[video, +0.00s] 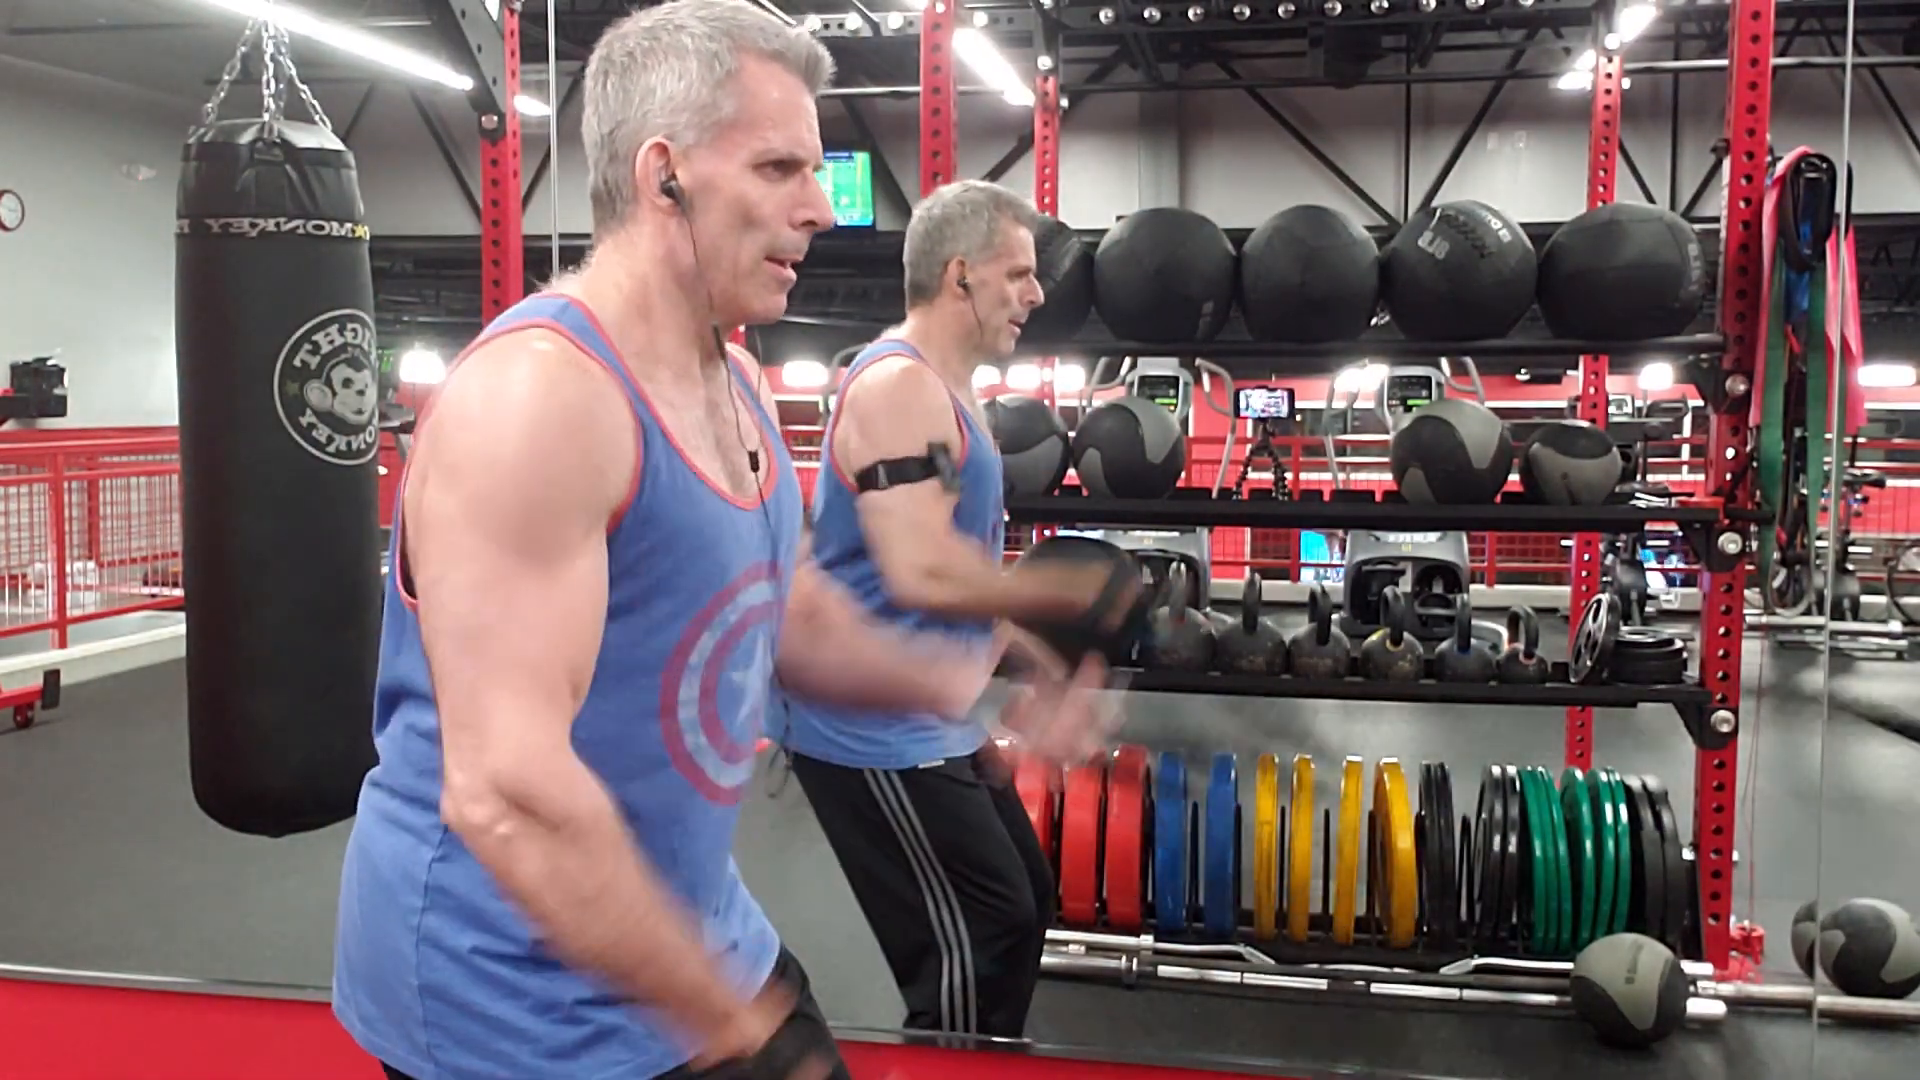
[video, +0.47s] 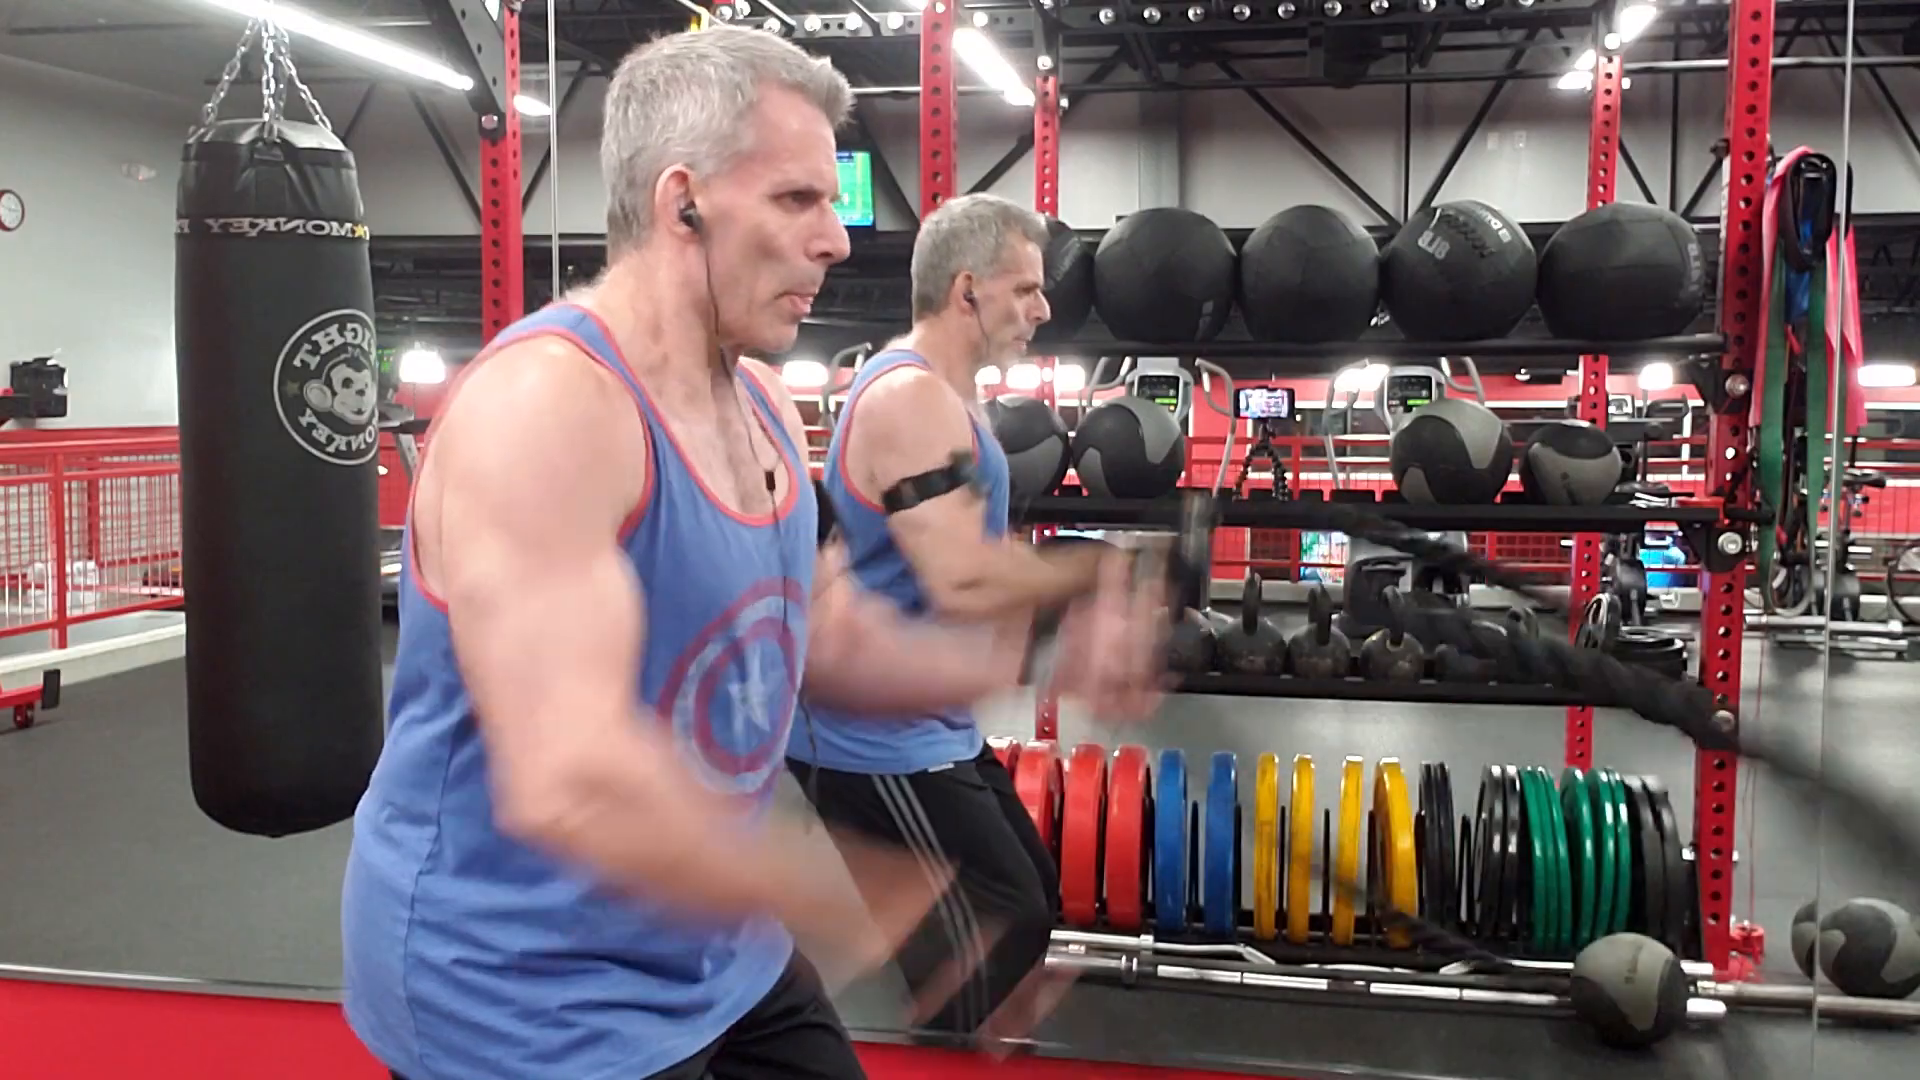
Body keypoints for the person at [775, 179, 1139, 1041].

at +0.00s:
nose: (1034, 297)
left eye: (1035, 277)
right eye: (1019, 275)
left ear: (959, 279)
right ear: (957, 276)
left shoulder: (947, 393)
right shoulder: (898, 386)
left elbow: (946, 577)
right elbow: (916, 570)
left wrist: (1031, 659)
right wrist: (1076, 589)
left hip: (926, 715)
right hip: (866, 725)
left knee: (1022, 907)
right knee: (976, 929)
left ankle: (979, 1061)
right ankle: (952, 1068)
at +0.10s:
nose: (1032, 301)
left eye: (1032, 281)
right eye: (1018, 279)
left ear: (961, 283)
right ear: (955, 280)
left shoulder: (941, 394)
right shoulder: (899, 388)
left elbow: (969, 565)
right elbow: (950, 563)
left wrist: (1076, 574)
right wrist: (1084, 544)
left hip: (930, 716)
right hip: (872, 725)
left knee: (1024, 907)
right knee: (996, 929)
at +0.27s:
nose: (1040, 315)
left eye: (1039, 295)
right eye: (1027, 293)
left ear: (973, 295)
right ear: (970, 292)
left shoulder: (928, 393)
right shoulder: (925, 403)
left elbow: (1015, 538)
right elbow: (932, 601)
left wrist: (1152, 520)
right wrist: (1050, 672)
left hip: (918, 743)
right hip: (906, 752)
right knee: (1003, 946)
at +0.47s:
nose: (1042, 313)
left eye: (1041, 293)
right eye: (1027, 291)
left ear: (969, 295)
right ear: (967, 293)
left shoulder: (944, 395)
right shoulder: (909, 398)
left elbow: (975, 565)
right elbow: (959, 580)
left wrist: (1092, 581)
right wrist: (1107, 560)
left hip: (928, 728)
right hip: (876, 739)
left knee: (1029, 918)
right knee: (1007, 927)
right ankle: (923, 1067)